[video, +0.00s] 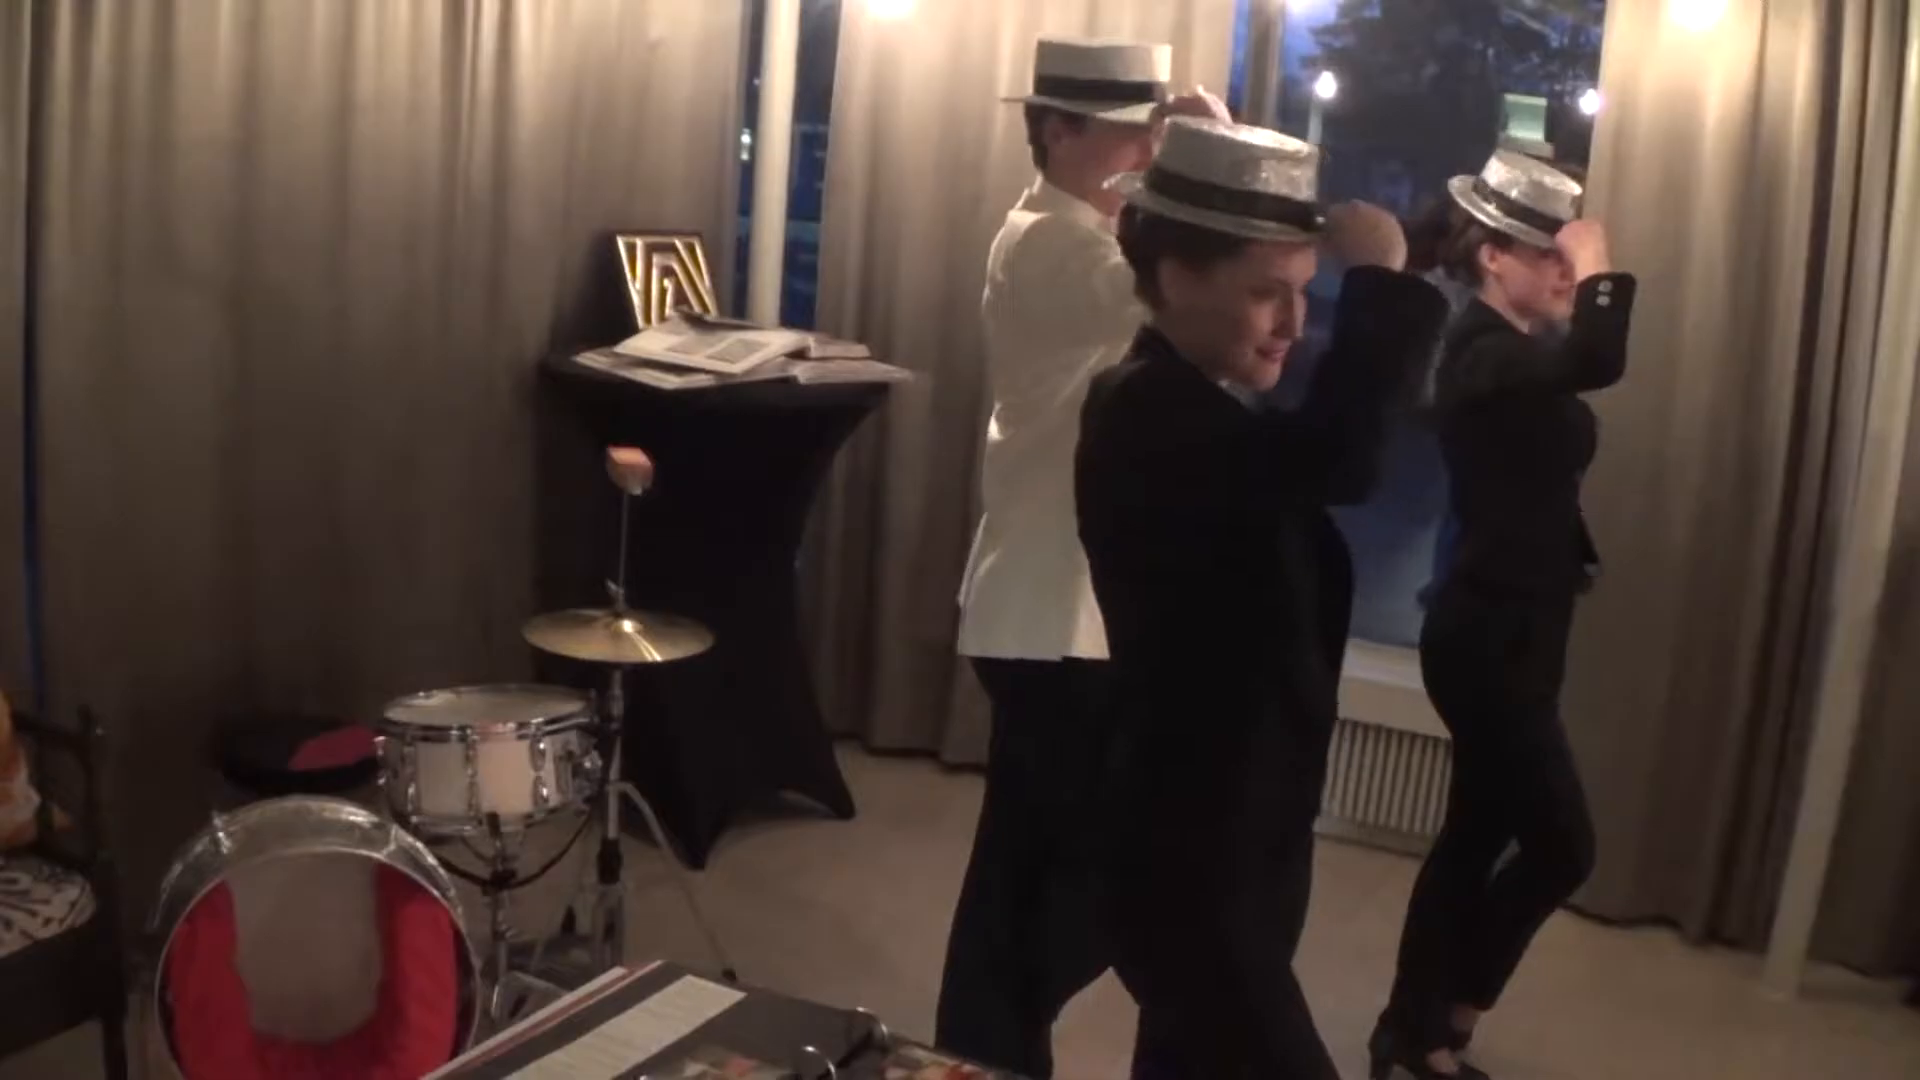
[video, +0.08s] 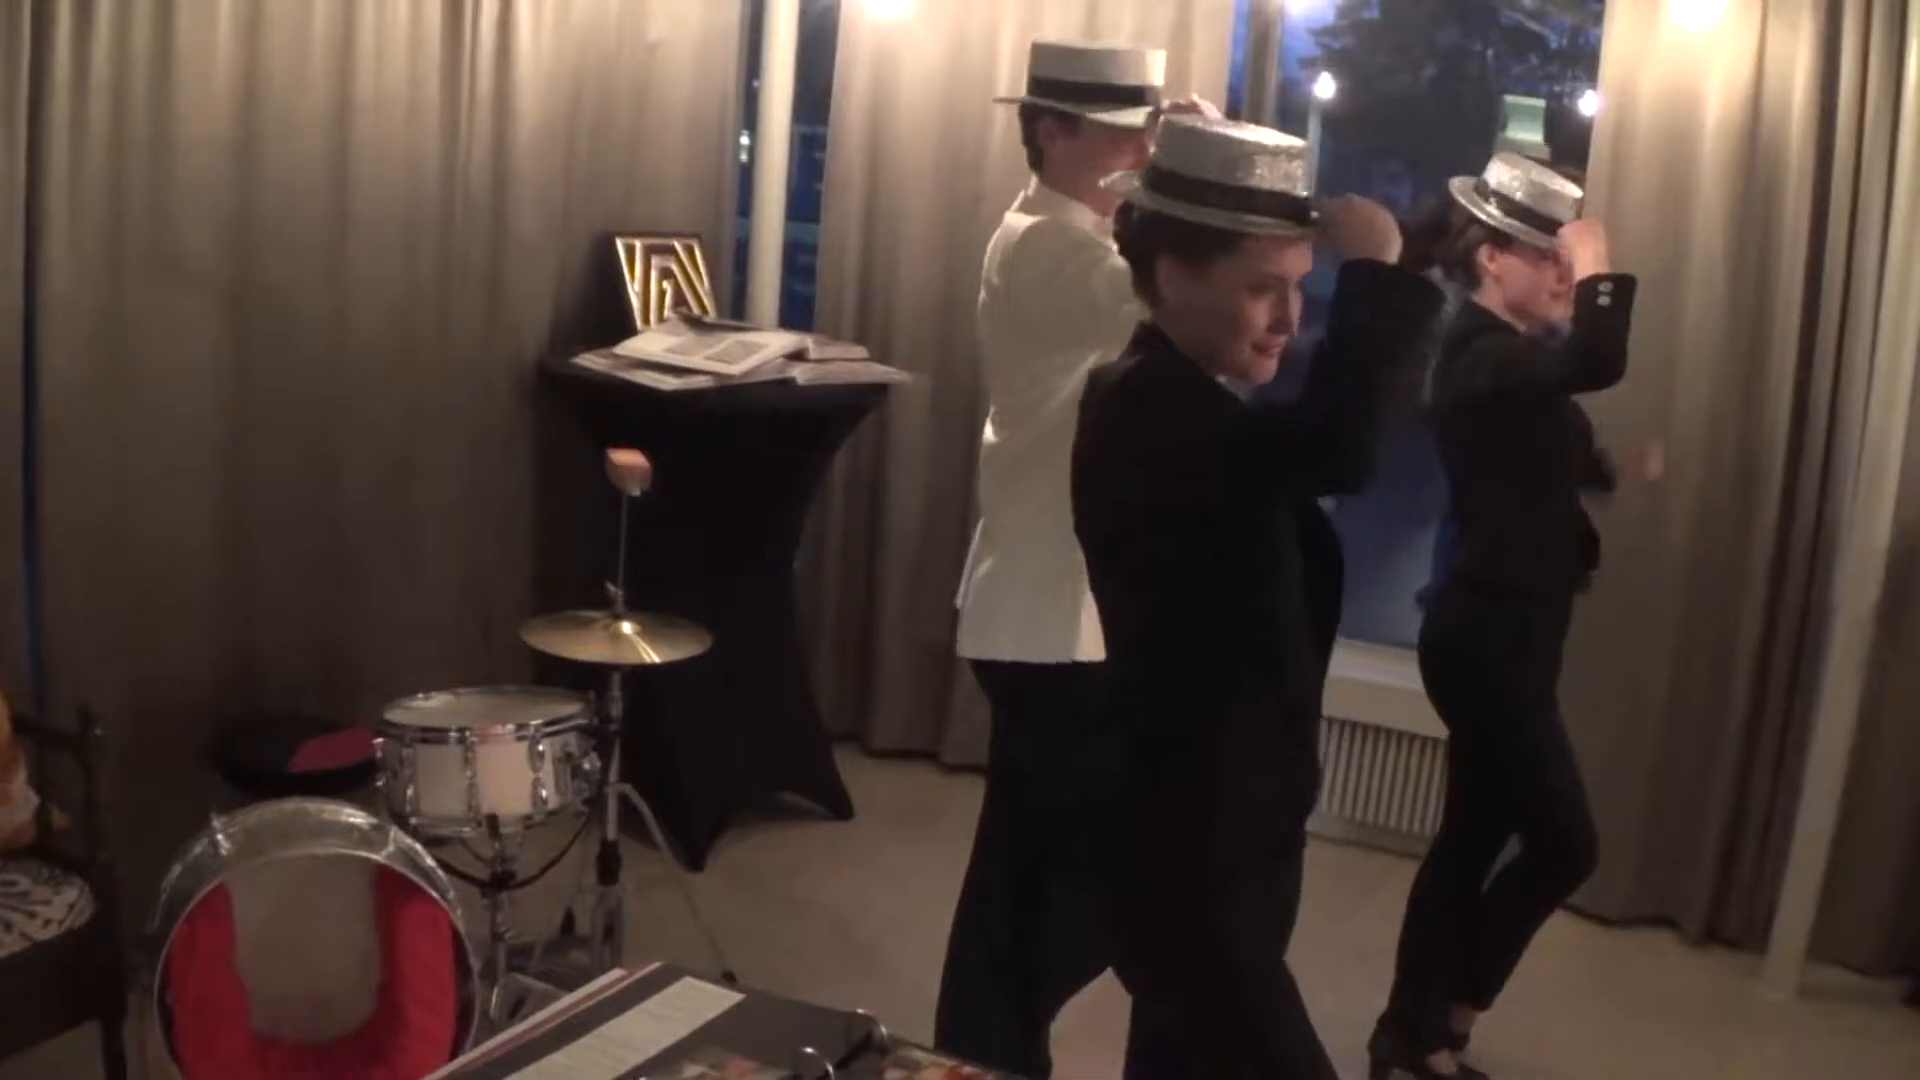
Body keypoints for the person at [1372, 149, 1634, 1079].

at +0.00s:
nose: (1569, 277)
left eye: (1570, 262)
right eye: (1552, 259)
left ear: (1501, 262)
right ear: (1493, 258)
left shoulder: (1511, 343)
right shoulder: (1483, 345)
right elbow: (1596, 361)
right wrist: (1599, 272)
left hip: (1518, 627)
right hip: (1484, 632)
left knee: (1473, 837)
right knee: (1560, 847)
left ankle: (1413, 1033)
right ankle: (1444, 1017)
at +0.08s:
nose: (1565, 279)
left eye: (1566, 264)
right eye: (1549, 260)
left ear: (1498, 262)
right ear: (1491, 259)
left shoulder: (1504, 348)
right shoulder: (1481, 350)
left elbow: (1529, 459)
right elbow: (1596, 362)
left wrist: (1608, 469)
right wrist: (1599, 273)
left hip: (1507, 627)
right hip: (1485, 634)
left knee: (1470, 836)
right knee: (1562, 846)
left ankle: (1412, 1035)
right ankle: (1442, 1016)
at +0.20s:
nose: (1555, 279)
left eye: (1555, 263)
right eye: (1542, 260)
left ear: (1490, 264)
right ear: (1490, 260)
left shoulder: (1496, 346)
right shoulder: (1475, 350)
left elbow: (1588, 356)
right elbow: (1594, 358)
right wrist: (1581, 280)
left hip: (1502, 627)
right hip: (1481, 632)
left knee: (1467, 838)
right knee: (1563, 845)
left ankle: (1408, 1035)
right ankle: (1439, 1014)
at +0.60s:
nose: (1512, 272)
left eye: (1508, 255)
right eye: (1500, 256)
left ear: (1444, 267)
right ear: (1468, 265)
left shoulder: (1480, 349)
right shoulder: (1444, 350)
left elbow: (1582, 356)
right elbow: (1576, 357)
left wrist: (1546, 261)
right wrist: (1511, 268)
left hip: (1494, 634)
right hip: (1465, 638)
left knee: (1461, 845)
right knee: (1548, 849)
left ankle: (1401, 1036)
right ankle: (1435, 1009)